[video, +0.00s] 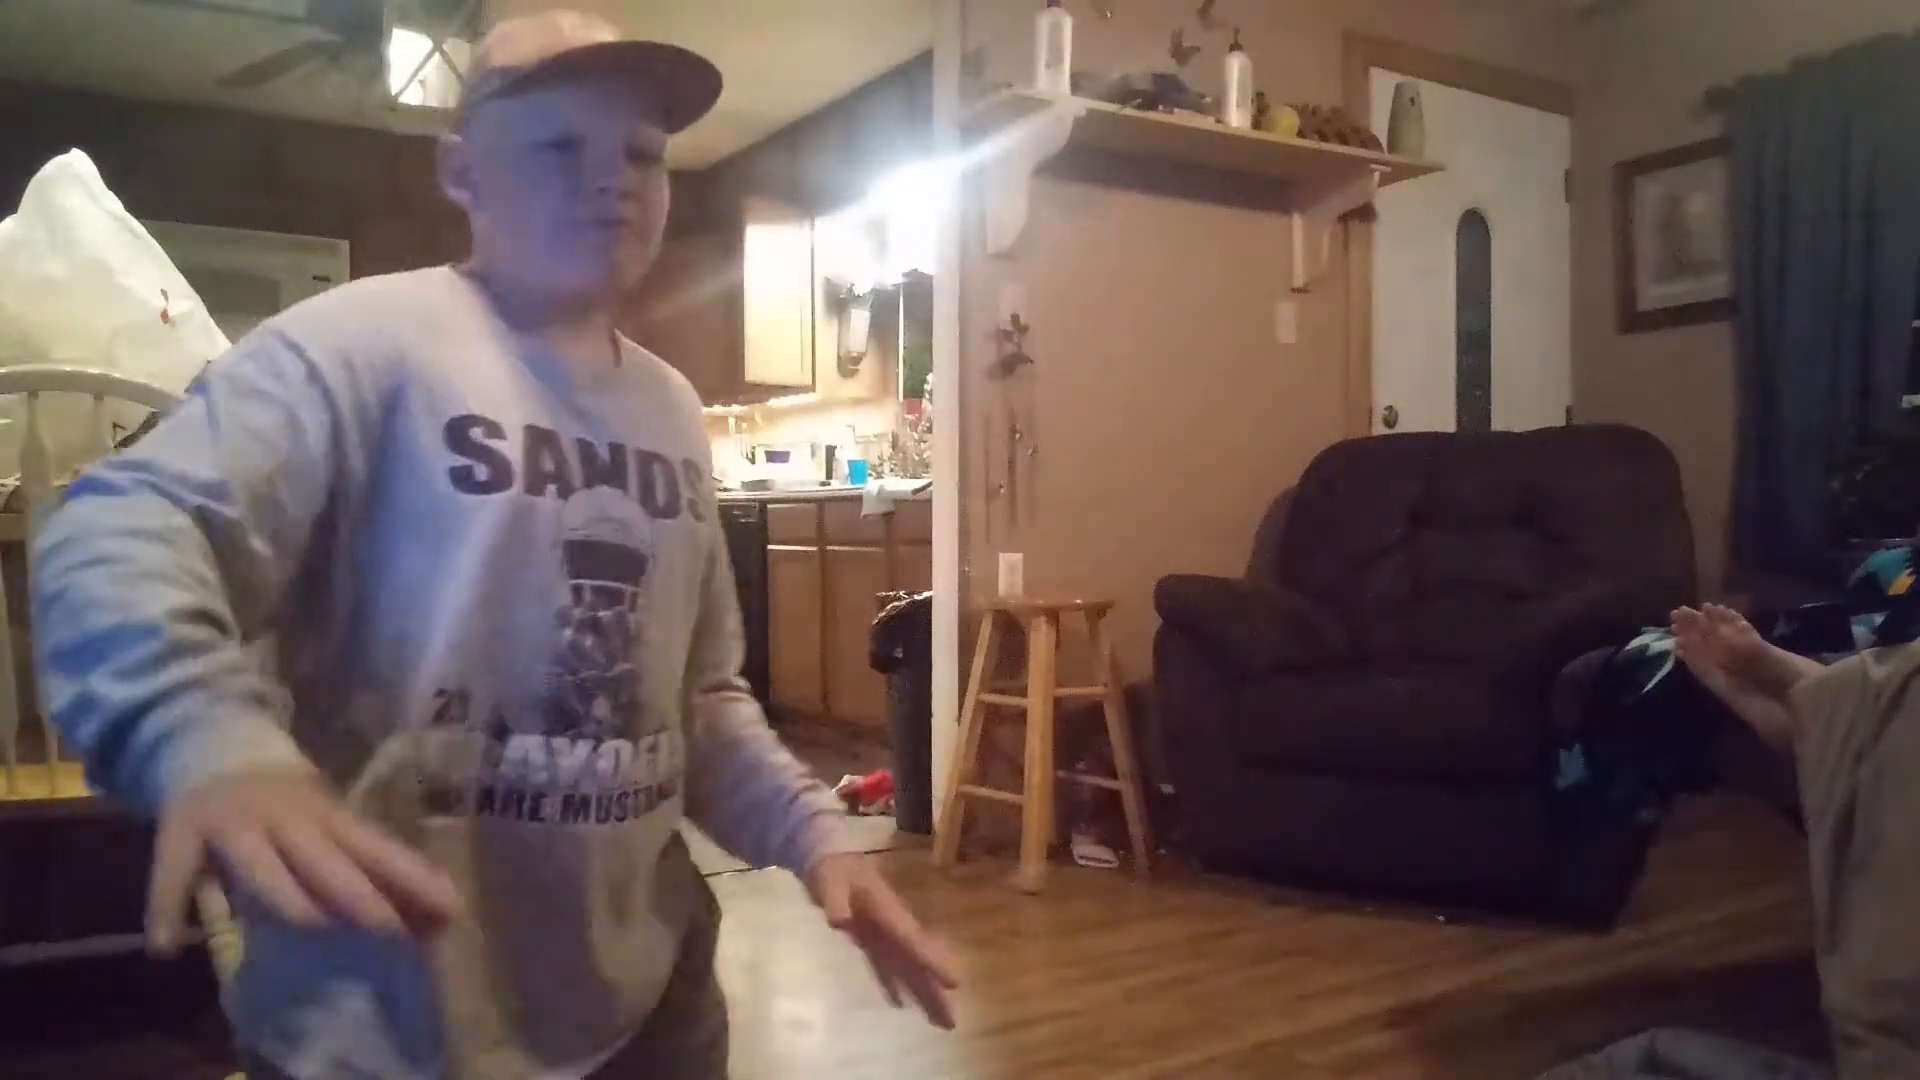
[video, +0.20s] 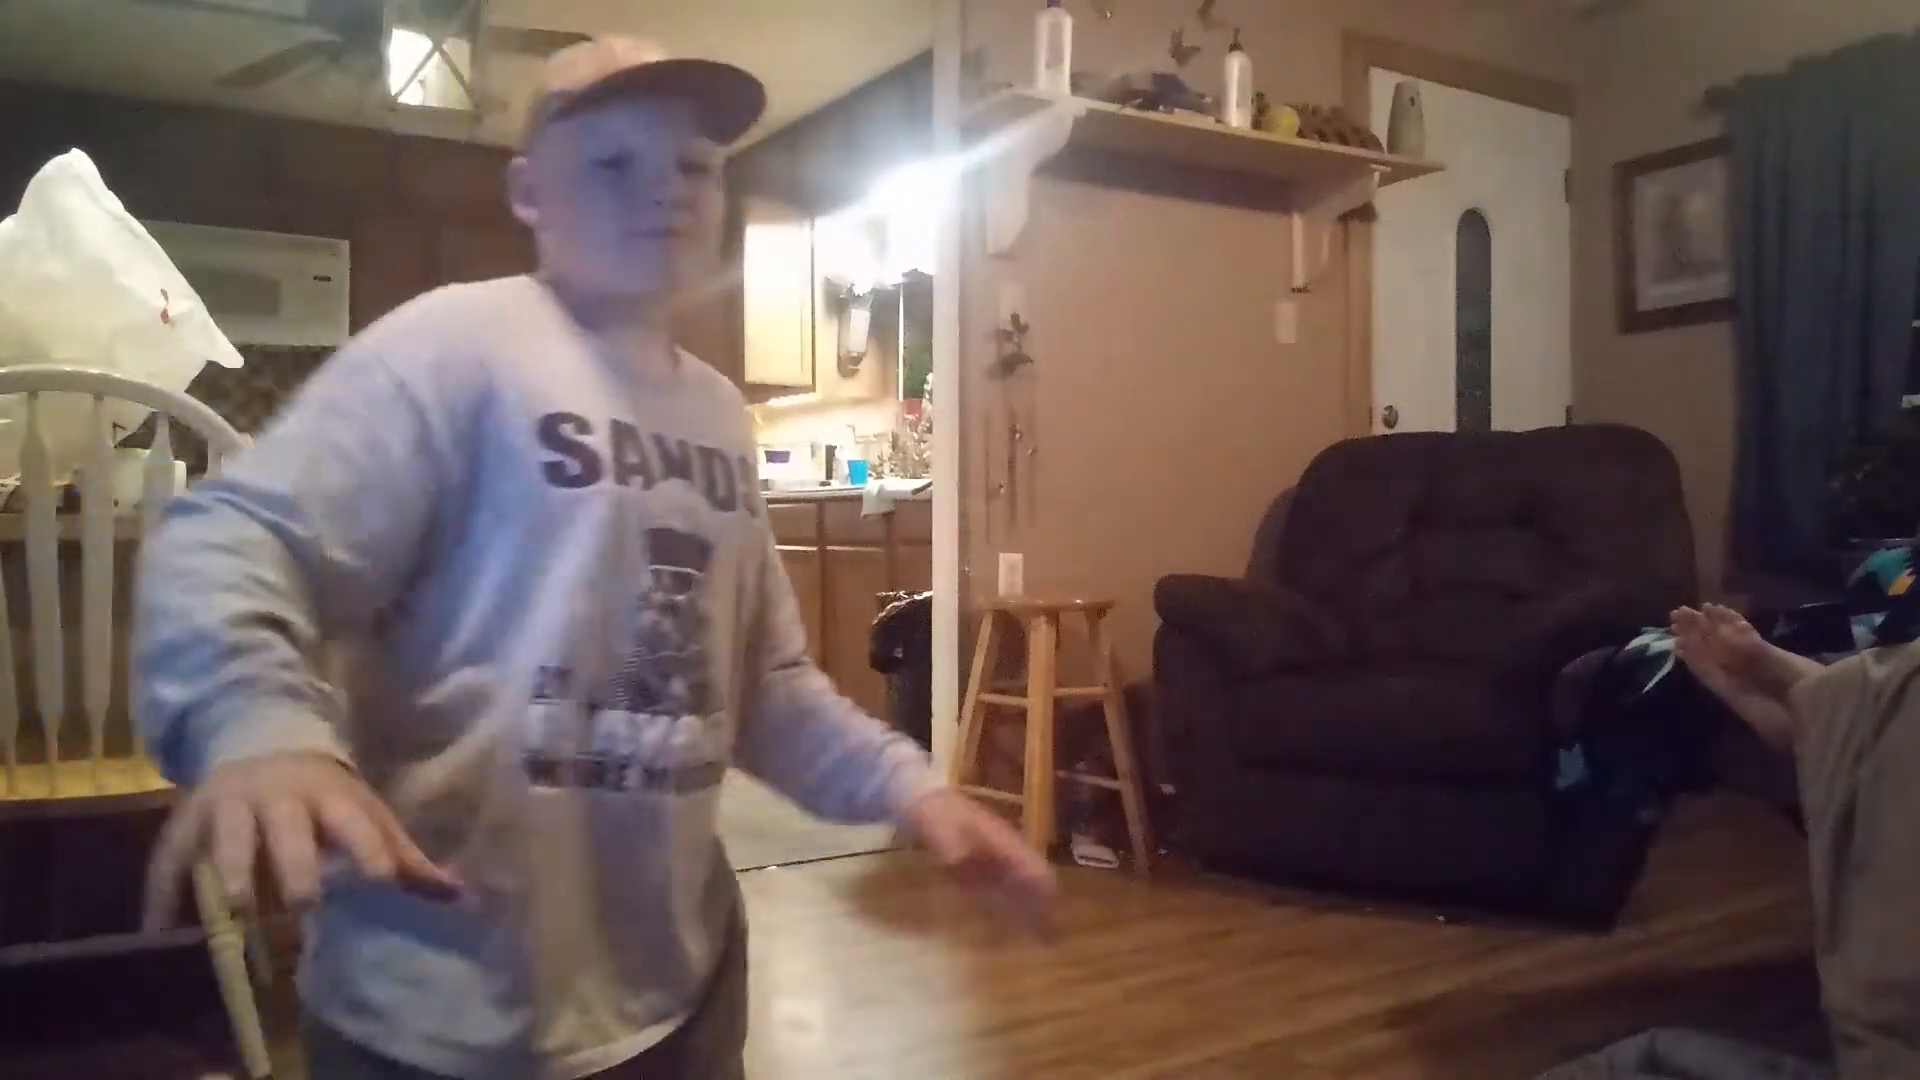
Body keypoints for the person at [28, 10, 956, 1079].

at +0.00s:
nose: (615, 177)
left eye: (642, 151)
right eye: (563, 143)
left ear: (666, 187)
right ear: (462, 174)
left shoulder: (670, 411)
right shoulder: (366, 343)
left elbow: (703, 696)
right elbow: (122, 527)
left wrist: (821, 838)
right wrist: (214, 745)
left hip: (643, 998)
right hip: (396, 1013)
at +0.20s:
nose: (671, 189)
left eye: (694, 164)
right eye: (620, 159)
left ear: (722, 199)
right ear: (529, 192)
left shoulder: (717, 413)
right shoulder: (456, 346)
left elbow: (762, 679)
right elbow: (230, 536)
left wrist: (911, 789)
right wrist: (256, 729)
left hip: (673, 990)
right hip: (452, 1000)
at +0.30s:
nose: (695, 192)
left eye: (723, 168)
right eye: (644, 163)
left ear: (752, 205)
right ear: (555, 195)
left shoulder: (735, 413)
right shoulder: (495, 337)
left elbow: (779, 681)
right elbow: (296, 561)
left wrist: (942, 790)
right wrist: (327, 777)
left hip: (692, 986)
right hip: (475, 994)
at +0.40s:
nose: (707, 187)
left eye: (735, 162)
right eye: (660, 157)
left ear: (763, 194)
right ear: (570, 184)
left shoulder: (746, 407)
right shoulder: (499, 339)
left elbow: (786, 675)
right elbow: (356, 604)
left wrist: (926, 810)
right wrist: (416, 814)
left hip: (707, 972)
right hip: (505, 976)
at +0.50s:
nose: (713, 184)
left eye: (739, 157)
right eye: (663, 154)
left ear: (767, 190)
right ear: (573, 185)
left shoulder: (754, 397)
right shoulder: (496, 346)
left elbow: (783, 650)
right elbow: (394, 651)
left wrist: (865, 826)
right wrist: (501, 869)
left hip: (716, 961)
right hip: (505, 971)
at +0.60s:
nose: (715, 182)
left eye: (739, 154)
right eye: (667, 151)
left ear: (766, 186)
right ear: (570, 179)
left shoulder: (751, 394)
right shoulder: (483, 356)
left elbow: (765, 645)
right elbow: (403, 674)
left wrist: (789, 832)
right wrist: (555, 909)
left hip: (723, 965)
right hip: (504, 989)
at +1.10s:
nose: (677, 163)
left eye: (689, 133)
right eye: (625, 129)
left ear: (708, 157)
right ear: (512, 162)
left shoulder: (690, 367)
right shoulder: (442, 348)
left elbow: (718, 651)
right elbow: (382, 701)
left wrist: (793, 855)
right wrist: (459, 1021)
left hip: (716, 977)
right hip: (538, 996)